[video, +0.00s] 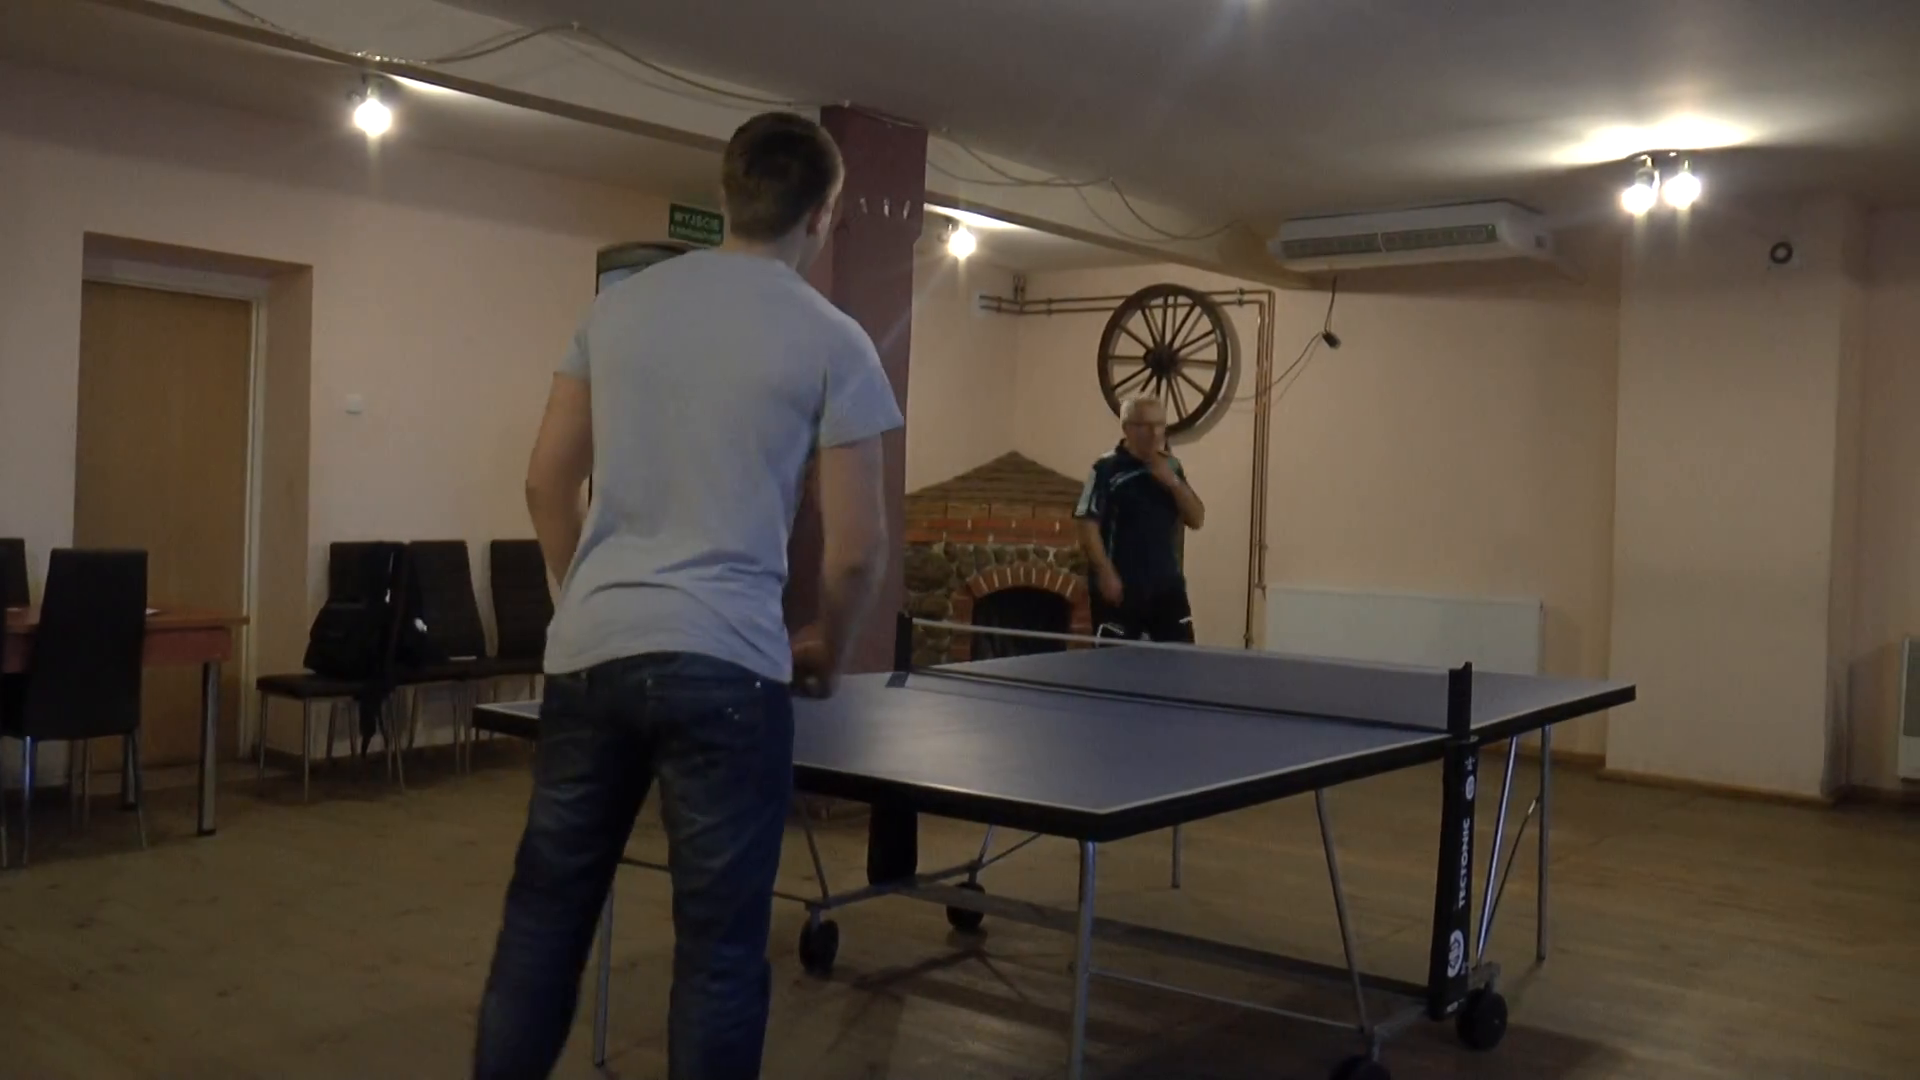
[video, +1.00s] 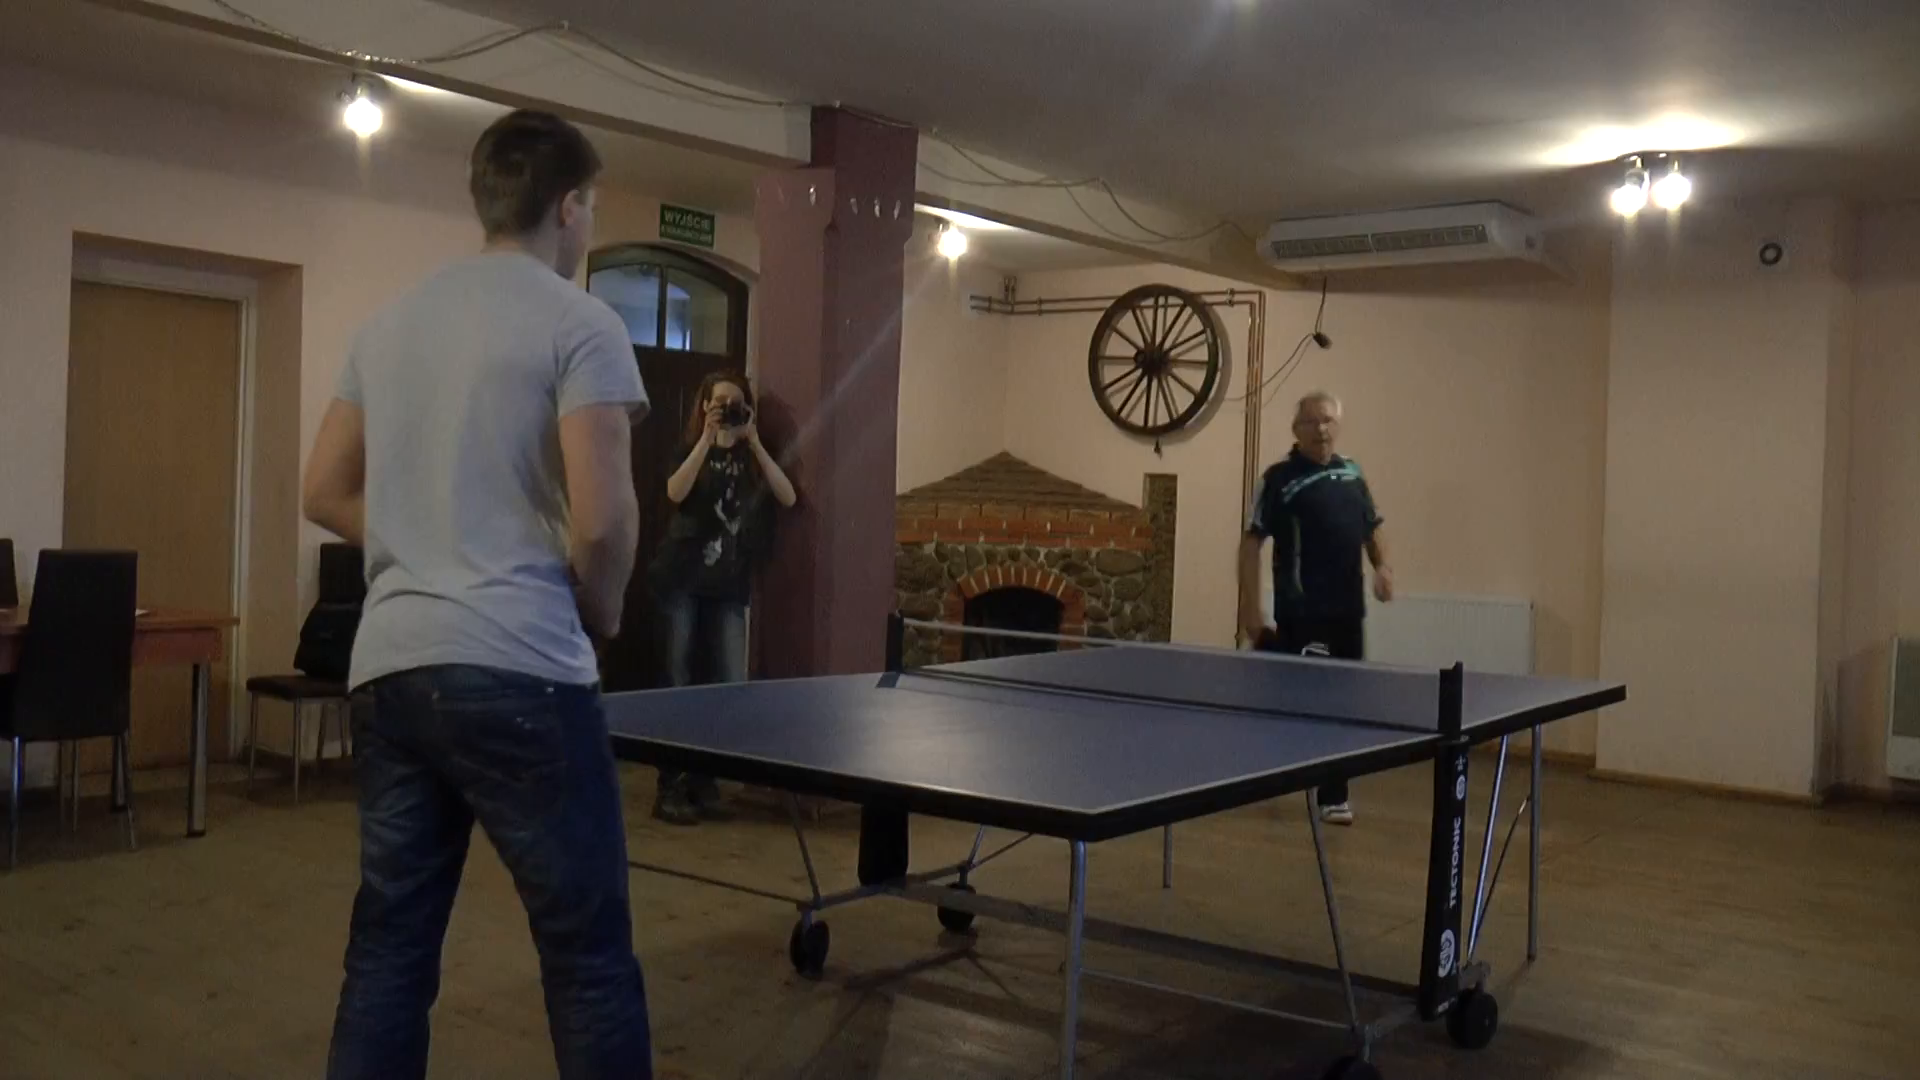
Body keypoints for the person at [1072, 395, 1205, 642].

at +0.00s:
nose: (1154, 433)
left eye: (1159, 425)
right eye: (1145, 426)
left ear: (1165, 428)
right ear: (1127, 429)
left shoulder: (1170, 467)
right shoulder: (1107, 469)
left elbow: (1196, 519)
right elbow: (1088, 525)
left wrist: (1171, 481)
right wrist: (1107, 574)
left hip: (1166, 586)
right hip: (1119, 589)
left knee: (1180, 667)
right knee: (1115, 669)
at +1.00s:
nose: (1321, 429)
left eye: (1327, 421)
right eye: (1311, 422)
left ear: (1339, 426)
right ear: (1296, 428)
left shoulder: (1350, 472)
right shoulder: (1278, 479)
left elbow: (1370, 527)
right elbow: (1251, 544)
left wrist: (1381, 567)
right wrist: (1251, 610)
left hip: (1346, 611)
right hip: (1297, 612)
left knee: (1344, 701)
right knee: (1300, 698)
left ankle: (1335, 791)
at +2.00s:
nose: (1458, 428)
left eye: (1468, 419)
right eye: (1450, 420)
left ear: (1492, 421)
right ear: (1442, 423)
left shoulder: (1521, 473)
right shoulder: (1433, 477)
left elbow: (1549, 542)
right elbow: (1418, 551)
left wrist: (1527, 576)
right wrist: (1403, 618)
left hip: (1504, 631)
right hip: (1448, 629)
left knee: (1487, 741)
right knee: (1454, 740)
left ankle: (1472, 839)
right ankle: (1488, 835)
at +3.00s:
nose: (1466, 405)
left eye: (1480, 398)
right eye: (1465, 396)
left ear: (1512, 411)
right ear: (1468, 402)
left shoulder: (1530, 471)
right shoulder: (1471, 460)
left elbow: (1526, 562)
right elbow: (1451, 512)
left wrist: (1458, 608)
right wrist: (1401, 518)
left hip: (1517, 642)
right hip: (1471, 632)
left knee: (1514, 759)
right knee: (1451, 741)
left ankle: (1539, 873)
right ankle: (1436, 842)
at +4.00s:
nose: (1429, 415)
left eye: (1441, 406)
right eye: (1424, 406)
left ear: (1470, 411)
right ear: (1419, 409)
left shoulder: (1498, 455)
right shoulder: (1412, 467)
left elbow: (1525, 510)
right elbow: (1386, 538)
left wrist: (1469, 457)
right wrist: (1368, 597)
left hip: (1490, 631)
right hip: (1427, 630)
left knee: (1492, 749)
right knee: (1430, 745)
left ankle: (1515, 862)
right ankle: (1434, 843)